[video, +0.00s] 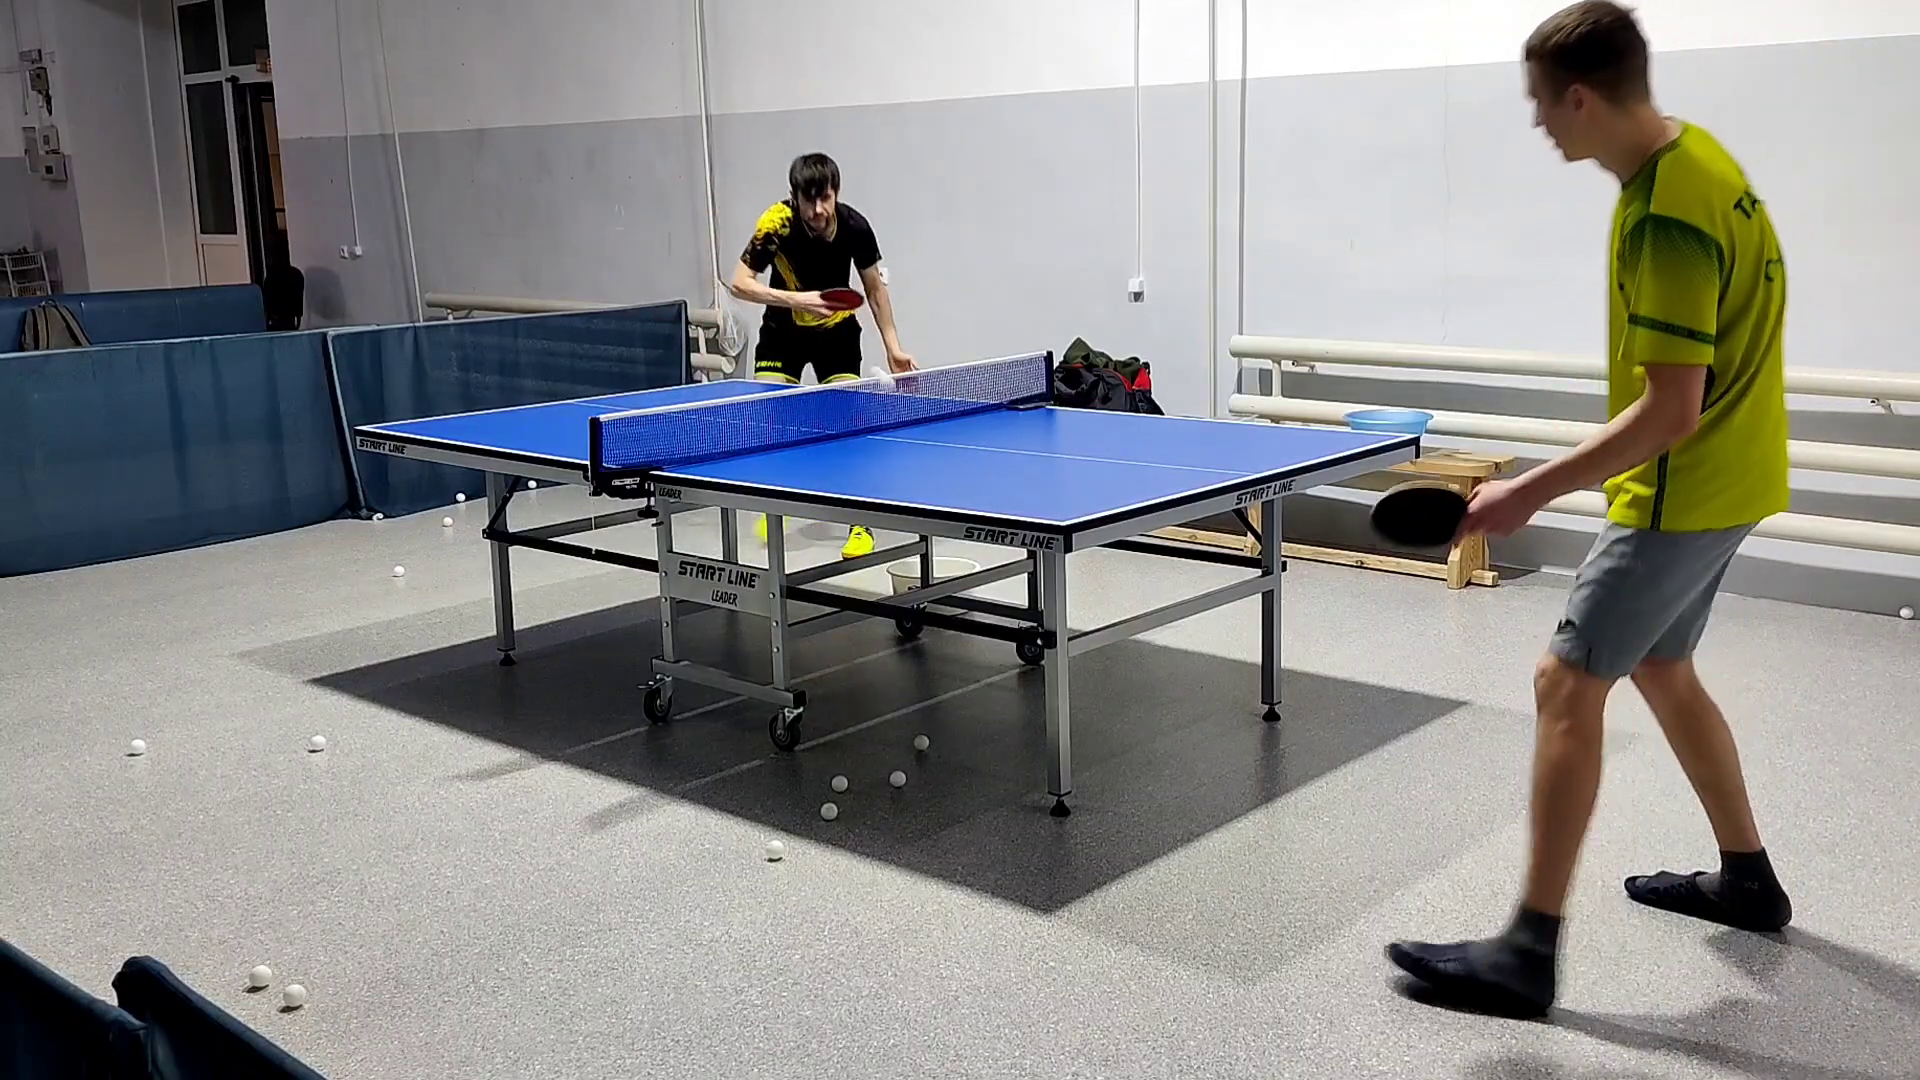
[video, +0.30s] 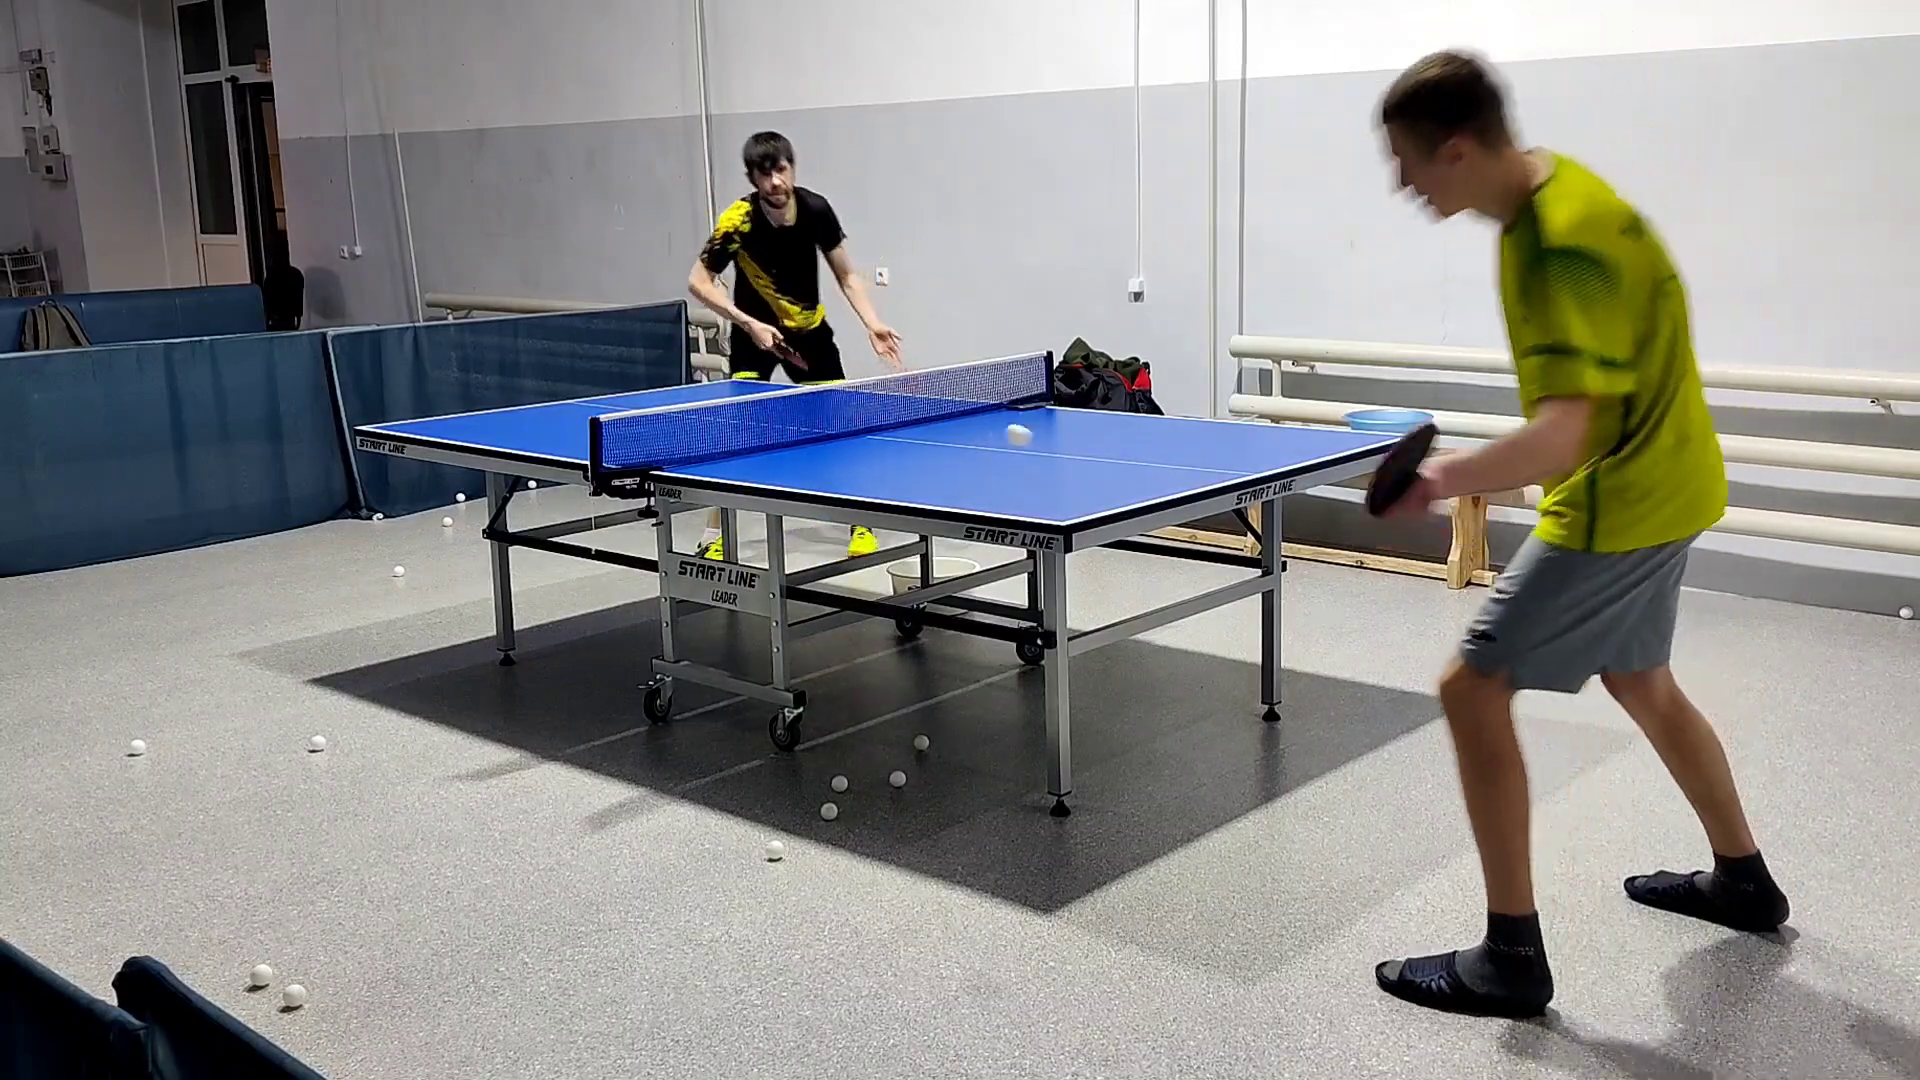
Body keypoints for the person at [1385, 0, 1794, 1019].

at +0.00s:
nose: (1544, 134)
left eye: (1546, 111)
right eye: (1539, 113)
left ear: (1592, 94)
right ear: (1617, 90)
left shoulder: (1674, 201)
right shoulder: (1691, 167)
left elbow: (1673, 408)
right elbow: (1704, 377)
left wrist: (1530, 490)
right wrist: (1637, 469)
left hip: (1682, 495)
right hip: (1715, 483)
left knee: (1567, 683)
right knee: (1661, 670)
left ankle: (1527, 949)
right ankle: (1747, 877)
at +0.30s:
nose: (1407, 187)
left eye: (1411, 165)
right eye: (1400, 168)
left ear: (1465, 146)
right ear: (1471, 145)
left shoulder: (1562, 237)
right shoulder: (1559, 202)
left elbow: (1560, 440)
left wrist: (1438, 477)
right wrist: (1478, 474)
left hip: (1615, 511)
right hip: (1659, 491)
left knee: (1473, 689)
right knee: (1639, 676)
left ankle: (1512, 954)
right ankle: (1744, 878)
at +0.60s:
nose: (1317, 272)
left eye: (1315, 252)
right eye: (1309, 253)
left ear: (1358, 239)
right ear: (1399, 209)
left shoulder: (1426, 355)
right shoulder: (1516, 226)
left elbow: (1350, 524)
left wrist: (1240, 568)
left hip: (1593, 548)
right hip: (1691, 505)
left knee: (1415, 705)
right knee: (1649, 689)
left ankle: (1506, 953)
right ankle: (1746, 876)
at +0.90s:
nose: (1405, 219)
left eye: (1405, 199)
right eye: (1400, 200)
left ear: (1438, 190)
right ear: (1492, 169)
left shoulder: (1473, 313)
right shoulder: (1613, 206)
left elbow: (1476, 482)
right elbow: (1650, 354)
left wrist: (1438, 474)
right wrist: (1525, 429)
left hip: (1648, 541)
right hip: (1766, 512)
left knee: (1471, 694)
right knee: (1725, 710)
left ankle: (1509, 955)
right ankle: (1890, 935)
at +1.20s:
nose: (1615, 178)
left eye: (1620, 156)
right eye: (1613, 157)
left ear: (1663, 150)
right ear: (1713, 139)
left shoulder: (1709, 281)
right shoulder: (1825, 201)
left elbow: (1716, 487)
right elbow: (1886, 370)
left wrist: (1609, 548)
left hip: (1816, 569)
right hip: (1906, 553)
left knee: (1615, 716)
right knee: (1830, 771)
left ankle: (1539, 960)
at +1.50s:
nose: (1735, 123)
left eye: (1739, 99)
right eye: (1732, 101)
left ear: (1786, 95)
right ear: (1836, 86)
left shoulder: (1874, 237)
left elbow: (1872, 463)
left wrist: (1714, 548)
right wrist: (1721, 546)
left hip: (1913, 567)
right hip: (1912, 562)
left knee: (1842, 787)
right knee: (1885, 788)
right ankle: (1919, 1019)